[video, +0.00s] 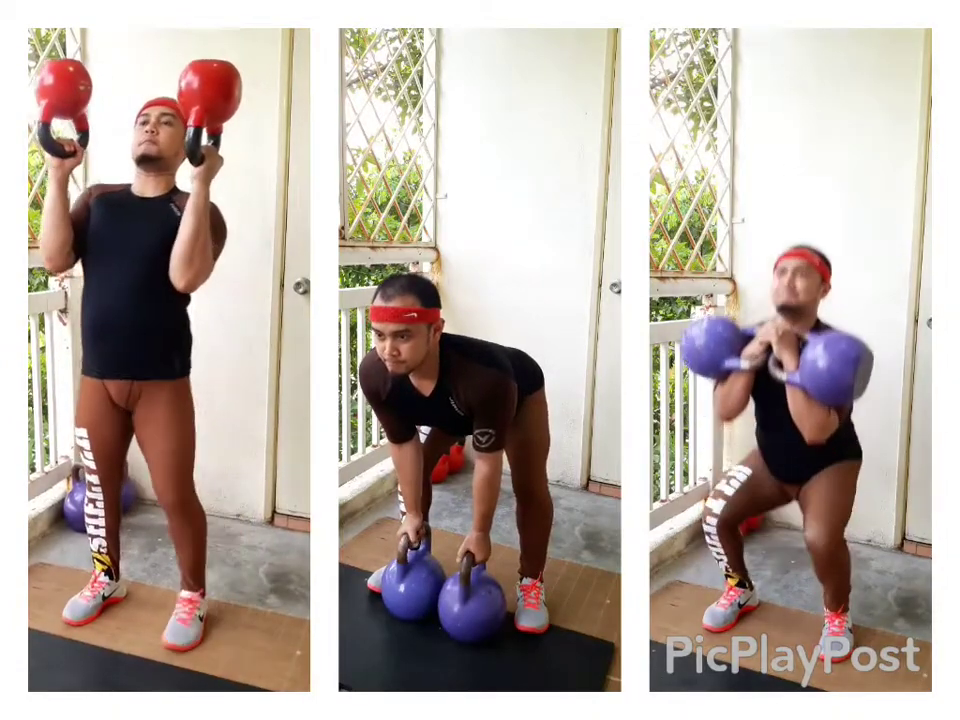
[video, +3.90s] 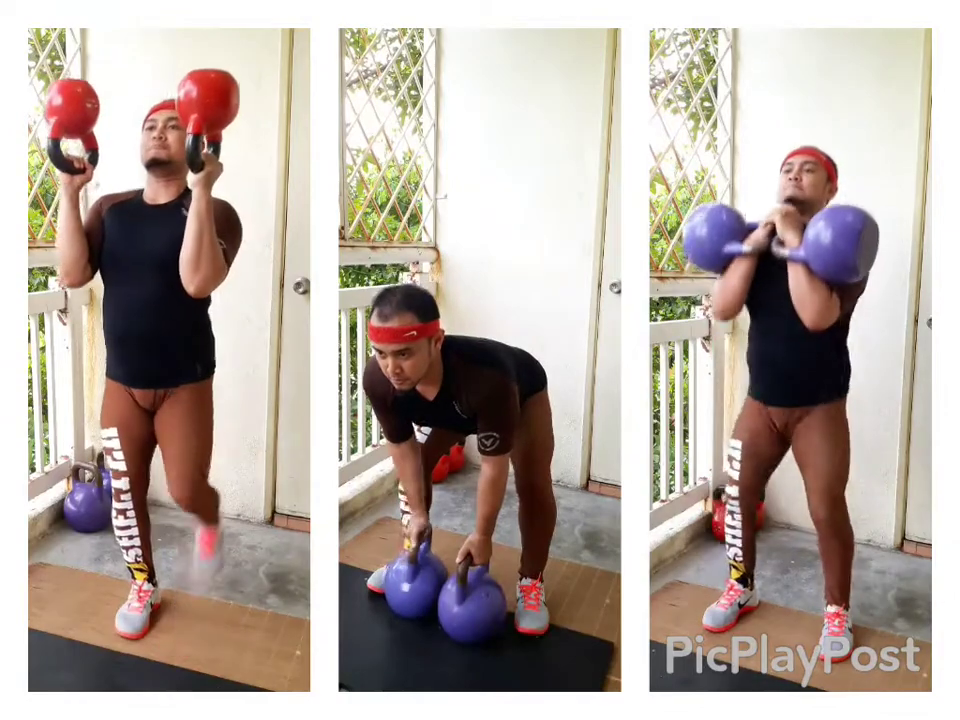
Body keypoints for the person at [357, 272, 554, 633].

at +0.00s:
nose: (389, 350)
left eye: (403, 336)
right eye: (380, 335)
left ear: (435, 330)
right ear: (371, 331)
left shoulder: (485, 379)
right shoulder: (374, 373)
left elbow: (488, 462)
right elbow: (404, 442)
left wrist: (479, 532)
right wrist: (412, 512)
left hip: (515, 389)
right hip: (453, 399)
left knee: (530, 487)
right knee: (415, 470)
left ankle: (531, 582)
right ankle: (409, 563)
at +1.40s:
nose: (393, 343)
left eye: (406, 330)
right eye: (382, 329)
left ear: (437, 318)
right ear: (373, 323)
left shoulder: (484, 360)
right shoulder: (378, 361)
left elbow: (516, 429)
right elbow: (399, 417)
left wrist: (486, 499)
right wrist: (412, 480)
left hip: (513, 395)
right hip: (452, 402)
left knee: (536, 486)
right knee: (407, 472)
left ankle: (531, 583)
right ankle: (406, 560)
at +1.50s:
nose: (392, 338)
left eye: (405, 325)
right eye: (381, 325)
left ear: (436, 312)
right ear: (372, 318)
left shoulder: (483, 349)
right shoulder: (377, 352)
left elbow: (527, 406)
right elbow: (396, 397)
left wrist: (491, 473)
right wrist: (408, 457)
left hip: (511, 399)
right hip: (452, 402)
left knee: (537, 485)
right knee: (410, 468)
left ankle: (531, 582)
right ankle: (412, 557)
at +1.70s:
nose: (391, 332)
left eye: (404, 318)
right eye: (380, 319)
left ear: (435, 305)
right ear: (371, 312)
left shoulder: (484, 334)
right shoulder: (376, 335)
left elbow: (542, 357)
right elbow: (394, 366)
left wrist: (498, 421)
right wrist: (407, 407)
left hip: (511, 393)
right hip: (447, 397)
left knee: (540, 482)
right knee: (411, 464)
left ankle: (531, 582)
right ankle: (413, 551)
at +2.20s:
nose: (396, 319)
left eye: (408, 305)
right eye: (385, 306)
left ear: (439, 291)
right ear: (375, 299)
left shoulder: (488, 332)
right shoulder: (379, 336)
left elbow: (528, 393)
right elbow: (398, 386)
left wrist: (491, 468)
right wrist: (412, 447)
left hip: (511, 400)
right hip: (450, 403)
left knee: (537, 486)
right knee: (407, 467)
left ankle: (531, 582)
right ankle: (411, 555)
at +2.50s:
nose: (395, 344)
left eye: (407, 331)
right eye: (384, 331)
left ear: (438, 314)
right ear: (375, 325)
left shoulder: (487, 355)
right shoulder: (379, 363)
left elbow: (512, 435)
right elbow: (401, 428)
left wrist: (484, 515)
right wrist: (411, 499)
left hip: (516, 396)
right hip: (456, 404)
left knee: (537, 486)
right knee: (412, 470)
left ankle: (532, 584)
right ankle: (407, 563)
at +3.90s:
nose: (392, 368)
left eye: (404, 354)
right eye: (382, 355)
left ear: (436, 342)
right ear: (373, 349)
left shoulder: (486, 378)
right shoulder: (378, 380)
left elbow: (494, 467)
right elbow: (403, 451)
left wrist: (482, 535)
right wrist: (417, 513)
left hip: (516, 391)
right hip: (451, 399)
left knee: (534, 485)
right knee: (417, 469)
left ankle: (531, 584)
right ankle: (411, 562)